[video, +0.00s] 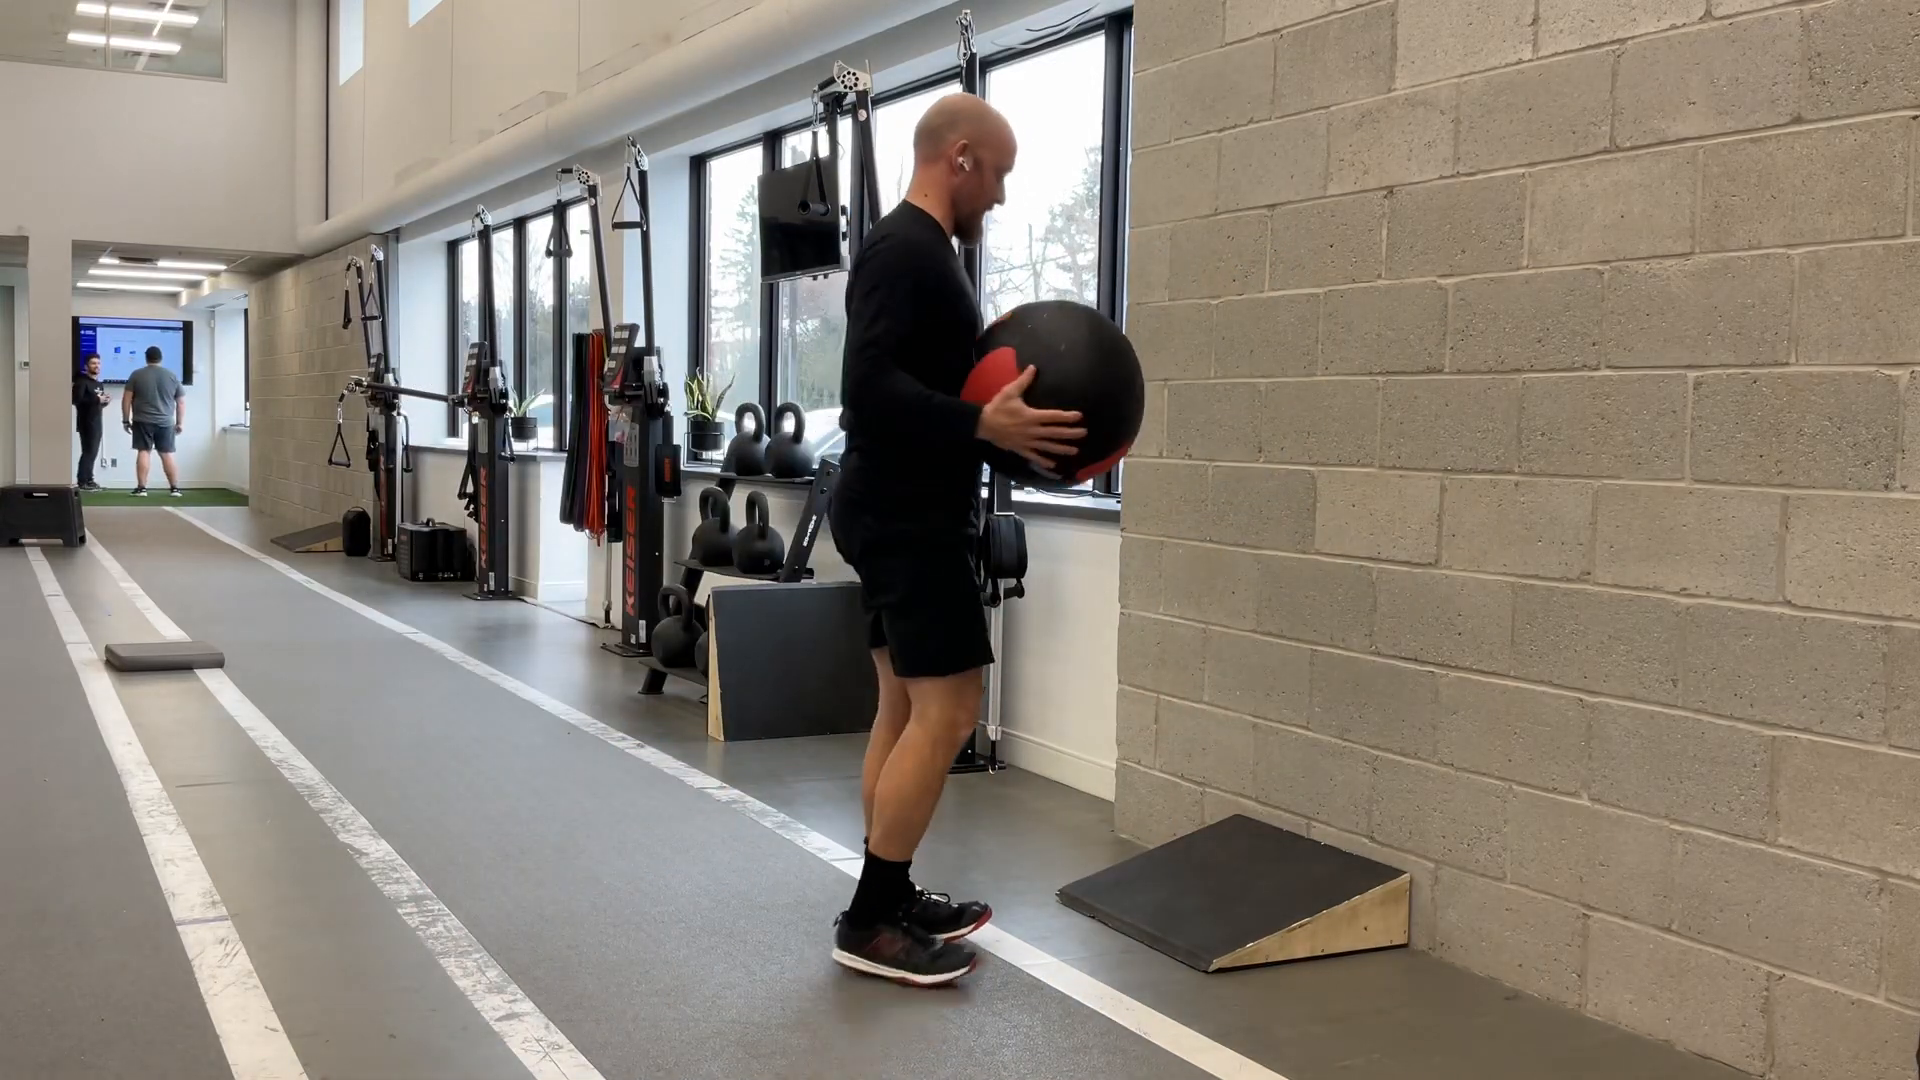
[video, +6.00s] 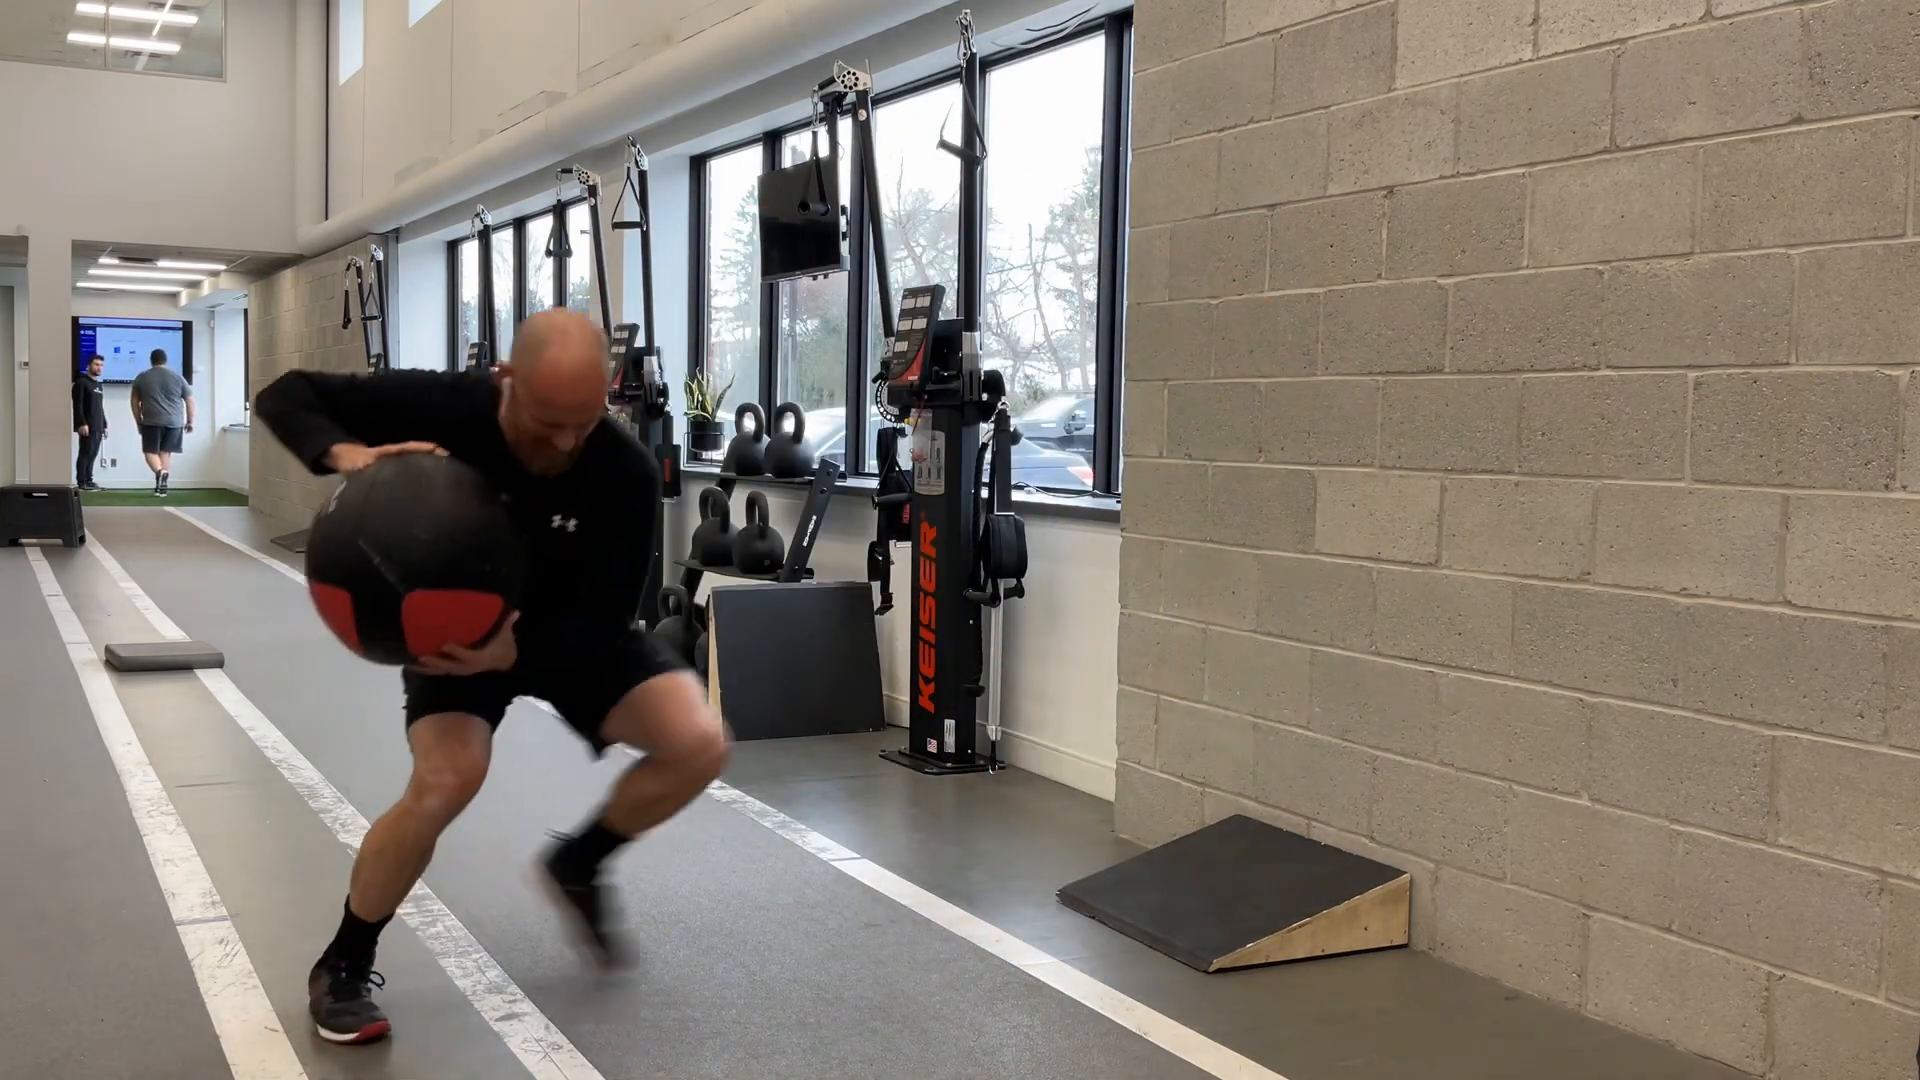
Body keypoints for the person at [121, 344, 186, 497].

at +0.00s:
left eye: (149, 357)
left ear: (146, 358)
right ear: (161, 358)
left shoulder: (136, 375)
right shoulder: (171, 376)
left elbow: (127, 398)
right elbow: (180, 402)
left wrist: (125, 419)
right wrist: (179, 423)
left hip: (142, 422)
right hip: (165, 423)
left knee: (143, 452)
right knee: (167, 455)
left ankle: (141, 487)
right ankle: (174, 487)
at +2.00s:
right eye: (164, 358)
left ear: (151, 359)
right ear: (166, 359)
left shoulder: (141, 375)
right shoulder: (176, 376)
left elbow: (131, 398)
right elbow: (186, 401)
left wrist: (131, 420)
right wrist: (186, 423)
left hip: (147, 422)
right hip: (169, 423)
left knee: (145, 452)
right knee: (163, 452)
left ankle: (145, 482)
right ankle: (160, 487)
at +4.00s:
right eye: (163, 359)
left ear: (152, 359)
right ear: (167, 360)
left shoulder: (143, 375)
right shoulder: (178, 376)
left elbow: (134, 398)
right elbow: (189, 400)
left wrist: (135, 420)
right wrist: (190, 422)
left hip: (150, 422)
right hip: (172, 422)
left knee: (147, 451)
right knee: (164, 452)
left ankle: (155, 472)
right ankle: (159, 488)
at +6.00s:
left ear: (151, 361)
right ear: (166, 361)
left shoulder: (142, 377)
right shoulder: (176, 377)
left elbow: (134, 401)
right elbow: (190, 399)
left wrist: (138, 421)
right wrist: (190, 421)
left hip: (151, 422)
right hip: (173, 423)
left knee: (150, 452)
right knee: (166, 453)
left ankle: (160, 471)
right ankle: (162, 488)